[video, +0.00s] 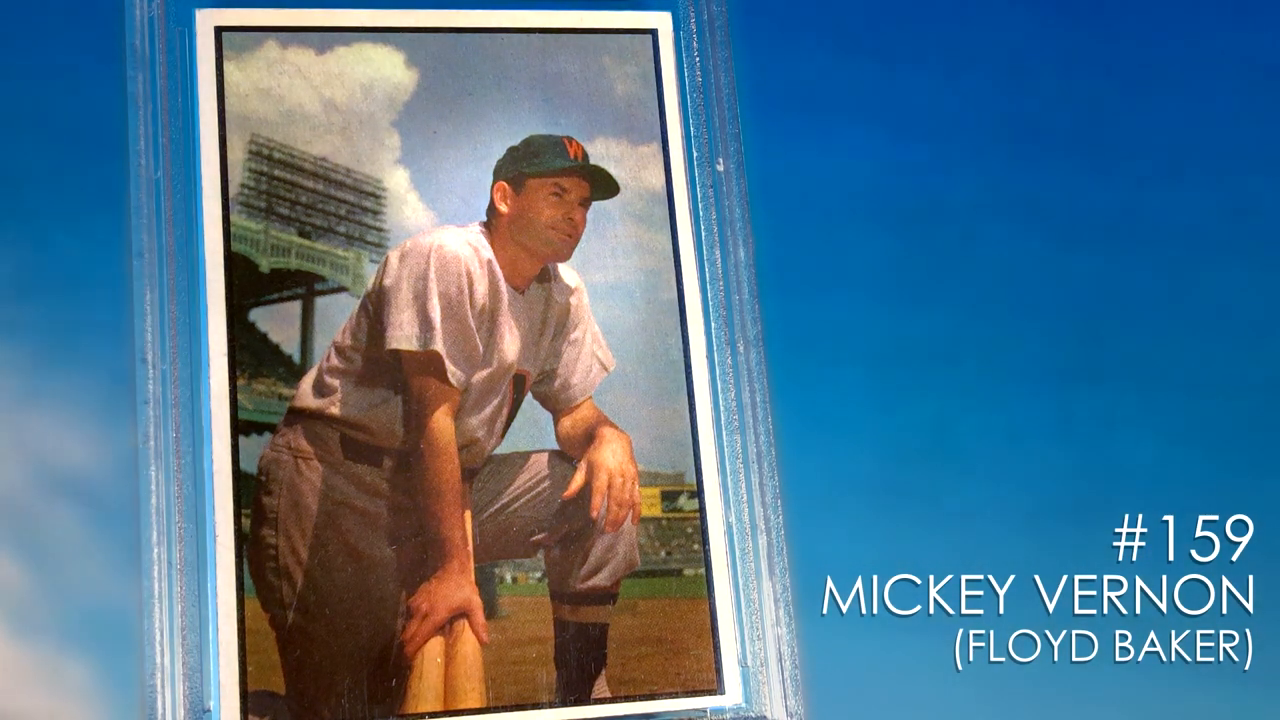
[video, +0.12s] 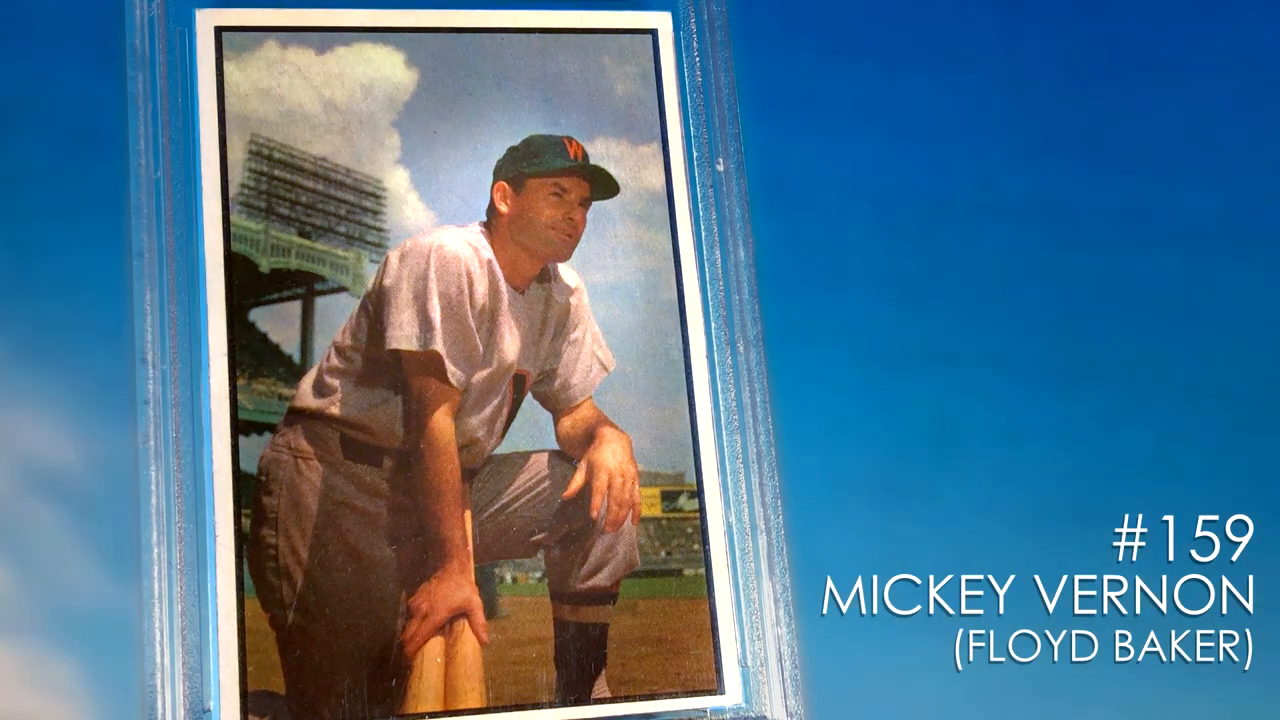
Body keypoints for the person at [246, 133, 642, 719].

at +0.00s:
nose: (576, 215)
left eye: (584, 204)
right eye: (557, 193)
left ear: (586, 217)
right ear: (504, 197)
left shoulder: (560, 296)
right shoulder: (441, 257)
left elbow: (575, 416)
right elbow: (431, 420)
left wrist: (609, 435)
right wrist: (454, 566)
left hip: (439, 486)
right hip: (334, 478)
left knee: (595, 488)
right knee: (348, 702)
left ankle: (579, 696)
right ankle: (239, 706)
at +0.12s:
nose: (576, 216)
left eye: (584, 204)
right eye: (557, 194)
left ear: (586, 217)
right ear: (505, 197)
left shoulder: (560, 296)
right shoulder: (441, 257)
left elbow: (575, 415)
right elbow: (432, 420)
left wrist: (609, 435)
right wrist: (454, 566)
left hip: (439, 485)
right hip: (335, 477)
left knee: (595, 488)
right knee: (349, 700)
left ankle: (580, 695)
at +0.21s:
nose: (576, 216)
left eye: (584, 204)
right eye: (557, 193)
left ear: (586, 217)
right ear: (505, 197)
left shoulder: (560, 296)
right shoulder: (441, 257)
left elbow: (575, 415)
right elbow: (432, 419)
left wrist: (609, 435)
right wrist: (454, 566)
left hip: (439, 486)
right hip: (335, 477)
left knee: (595, 488)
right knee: (349, 700)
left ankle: (580, 695)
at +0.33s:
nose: (575, 215)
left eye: (584, 203)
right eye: (557, 193)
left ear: (587, 217)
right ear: (504, 197)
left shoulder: (560, 296)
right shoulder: (441, 257)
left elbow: (575, 415)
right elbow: (432, 419)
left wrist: (609, 435)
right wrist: (454, 566)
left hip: (439, 486)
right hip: (335, 478)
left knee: (595, 487)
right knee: (348, 702)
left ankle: (581, 694)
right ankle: (237, 705)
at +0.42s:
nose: (575, 215)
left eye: (584, 203)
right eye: (557, 193)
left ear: (587, 217)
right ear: (504, 197)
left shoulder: (560, 296)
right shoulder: (441, 257)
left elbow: (575, 415)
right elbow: (432, 419)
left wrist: (609, 435)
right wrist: (454, 566)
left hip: (439, 486)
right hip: (334, 478)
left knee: (595, 488)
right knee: (348, 701)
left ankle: (581, 695)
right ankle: (237, 705)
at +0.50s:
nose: (576, 215)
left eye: (584, 203)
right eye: (558, 193)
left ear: (587, 217)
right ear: (504, 197)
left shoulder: (560, 296)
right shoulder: (441, 256)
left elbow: (575, 415)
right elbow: (432, 420)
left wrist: (609, 435)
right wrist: (454, 566)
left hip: (439, 486)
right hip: (334, 479)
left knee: (595, 488)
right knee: (348, 702)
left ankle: (581, 694)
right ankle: (237, 706)